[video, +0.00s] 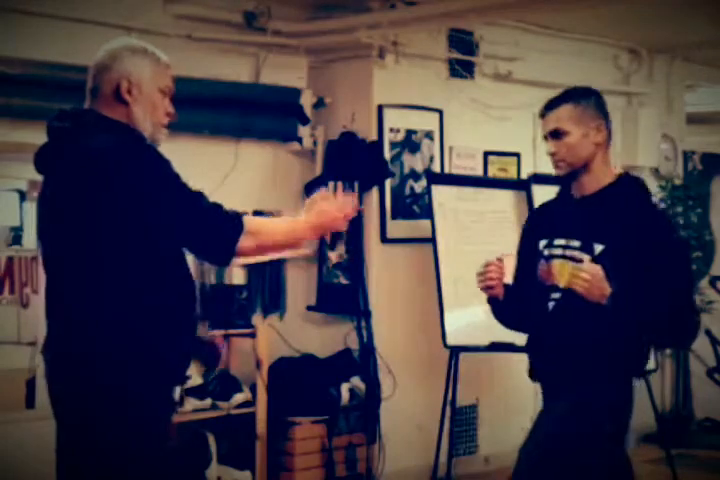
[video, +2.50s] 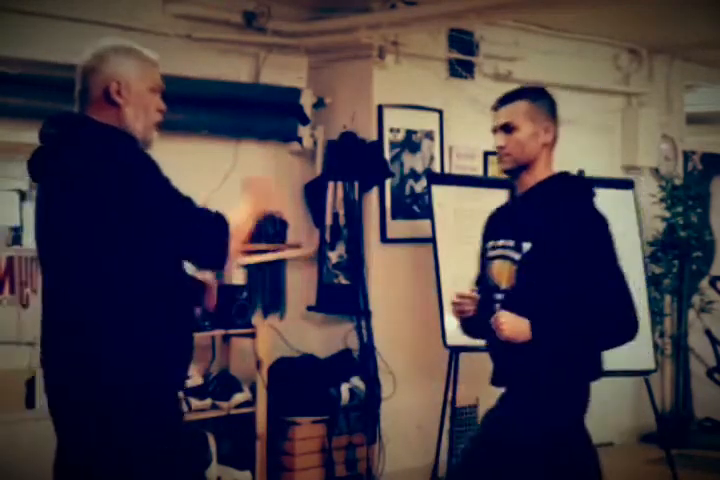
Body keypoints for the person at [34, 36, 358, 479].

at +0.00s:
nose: (171, 112)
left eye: (171, 98)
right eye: (165, 95)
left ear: (124, 90)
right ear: (128, 90)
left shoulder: (69, 158)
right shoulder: (126, 156)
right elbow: (226, 239)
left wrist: (294, 228)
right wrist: (310, 225)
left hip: (81, 374)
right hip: (127, 380)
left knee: (85, 470)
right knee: (133, 470)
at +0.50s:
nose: (203, 142)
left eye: (209, 130)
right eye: (203, 126)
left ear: (162, 105)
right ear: (170, 107)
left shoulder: (77, 165)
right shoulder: (163, 170)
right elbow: (238, 281)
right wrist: (303, 340)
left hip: (70, 367)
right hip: (135, 375)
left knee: (75, 469)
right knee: (133, 469)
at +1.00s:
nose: (196, 115)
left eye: (196, 102)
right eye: (191, 99)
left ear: (153, 96)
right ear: (154, 97)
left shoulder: (85, 158)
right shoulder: (144, 162)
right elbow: (213, 282)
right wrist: (285, 333)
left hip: (81, 366)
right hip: (129, 377)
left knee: (83, 469)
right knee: (129, 470)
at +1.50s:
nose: (178, 112)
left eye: (178, 99)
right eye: (173, 95)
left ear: (131, 91)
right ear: (135, 91)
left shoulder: (68, 153)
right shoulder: (120, 159)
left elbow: (87, 286)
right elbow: (182, 271)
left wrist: (162, 341)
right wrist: (234, 268)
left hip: (56, 367)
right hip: (102, 378)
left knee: (57, 469)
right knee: (104, 469)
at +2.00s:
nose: (136, 103)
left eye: (134, 91)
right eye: (129, 89)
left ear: (89, 90)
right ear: (91, 90)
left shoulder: (42, 152)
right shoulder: (84, 157)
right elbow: (175, 241)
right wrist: (268, 242)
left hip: (48, 371)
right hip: (89, 381)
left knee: (50, 467)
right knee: (92, 468)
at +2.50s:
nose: (163, 107)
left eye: (161, 95)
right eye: (156, 93)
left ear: (115, 93)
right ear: (118, 93)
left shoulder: (66, 157)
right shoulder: (116, 158)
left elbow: (119, 264)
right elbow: (212, 243)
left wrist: (197, 290)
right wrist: (247, 213)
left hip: (84, 380)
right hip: (129, 387)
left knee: (91, 469)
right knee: (154, 470)